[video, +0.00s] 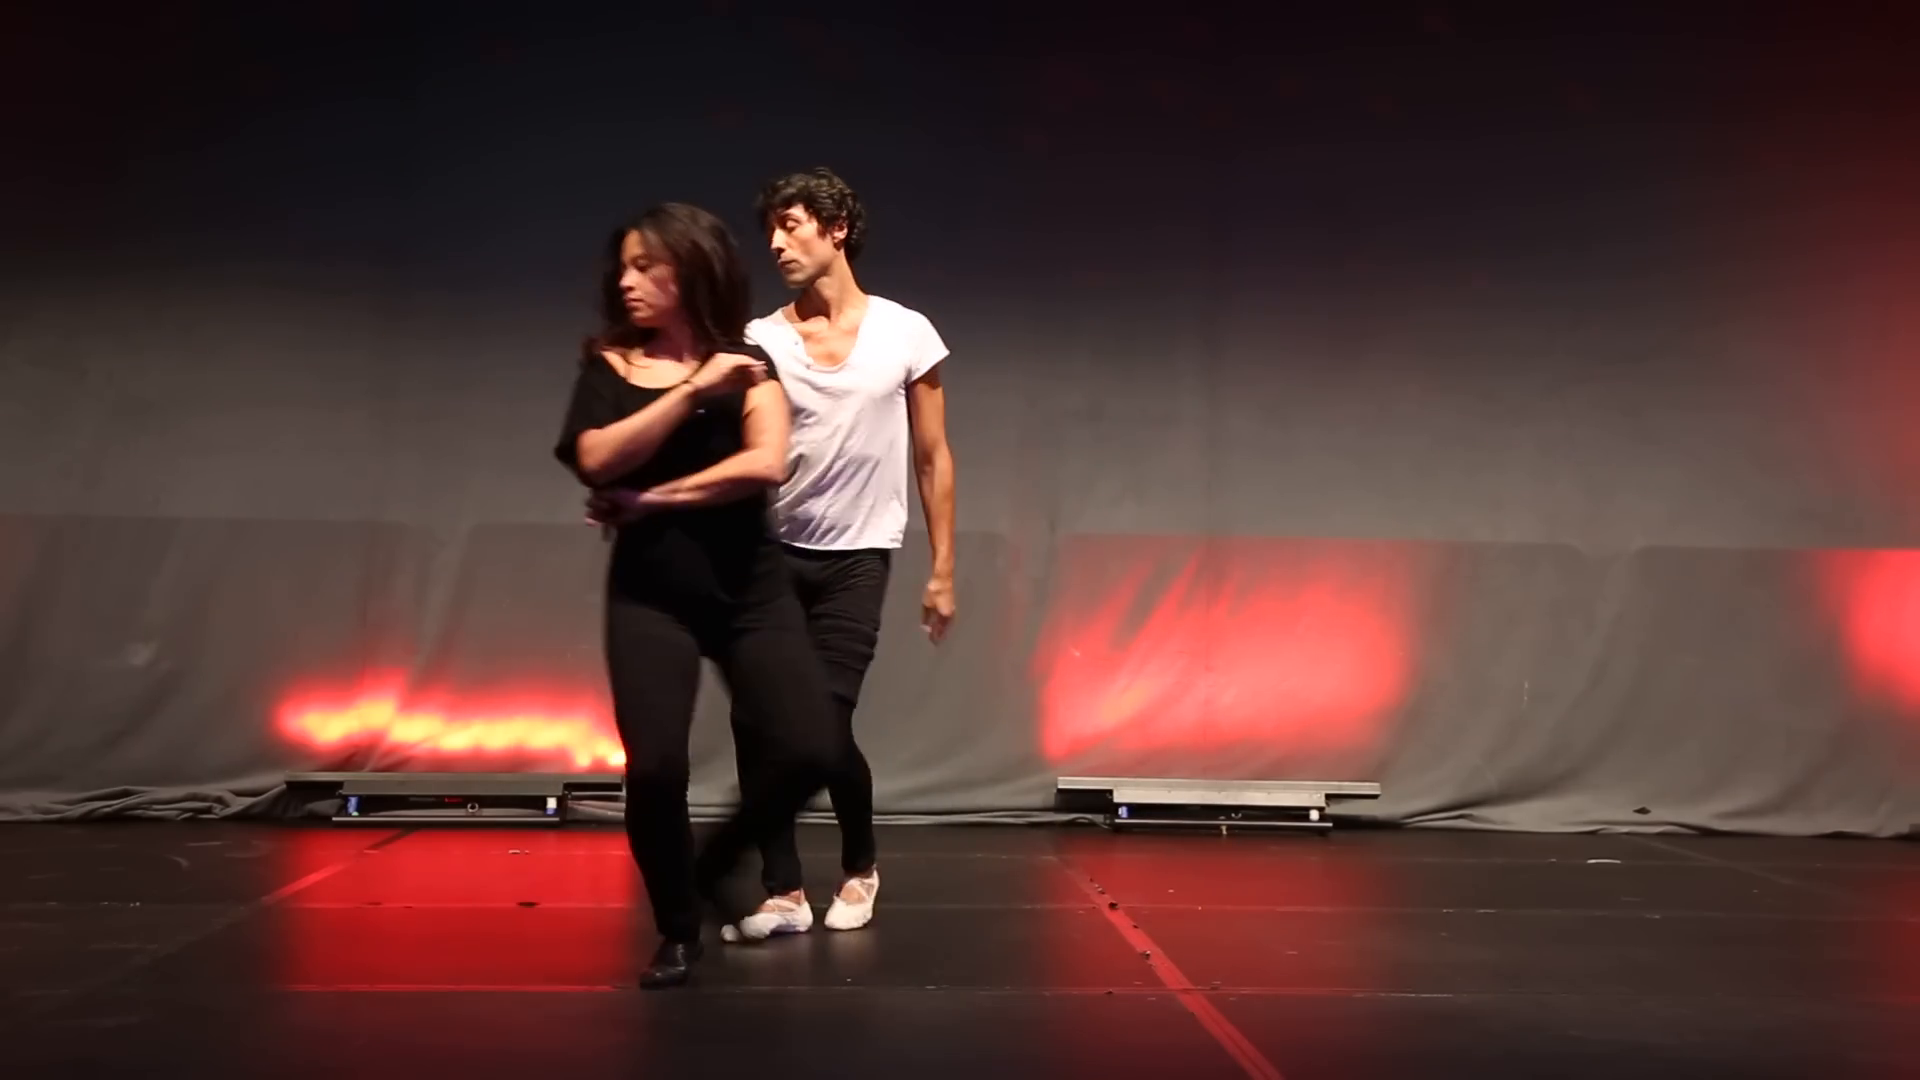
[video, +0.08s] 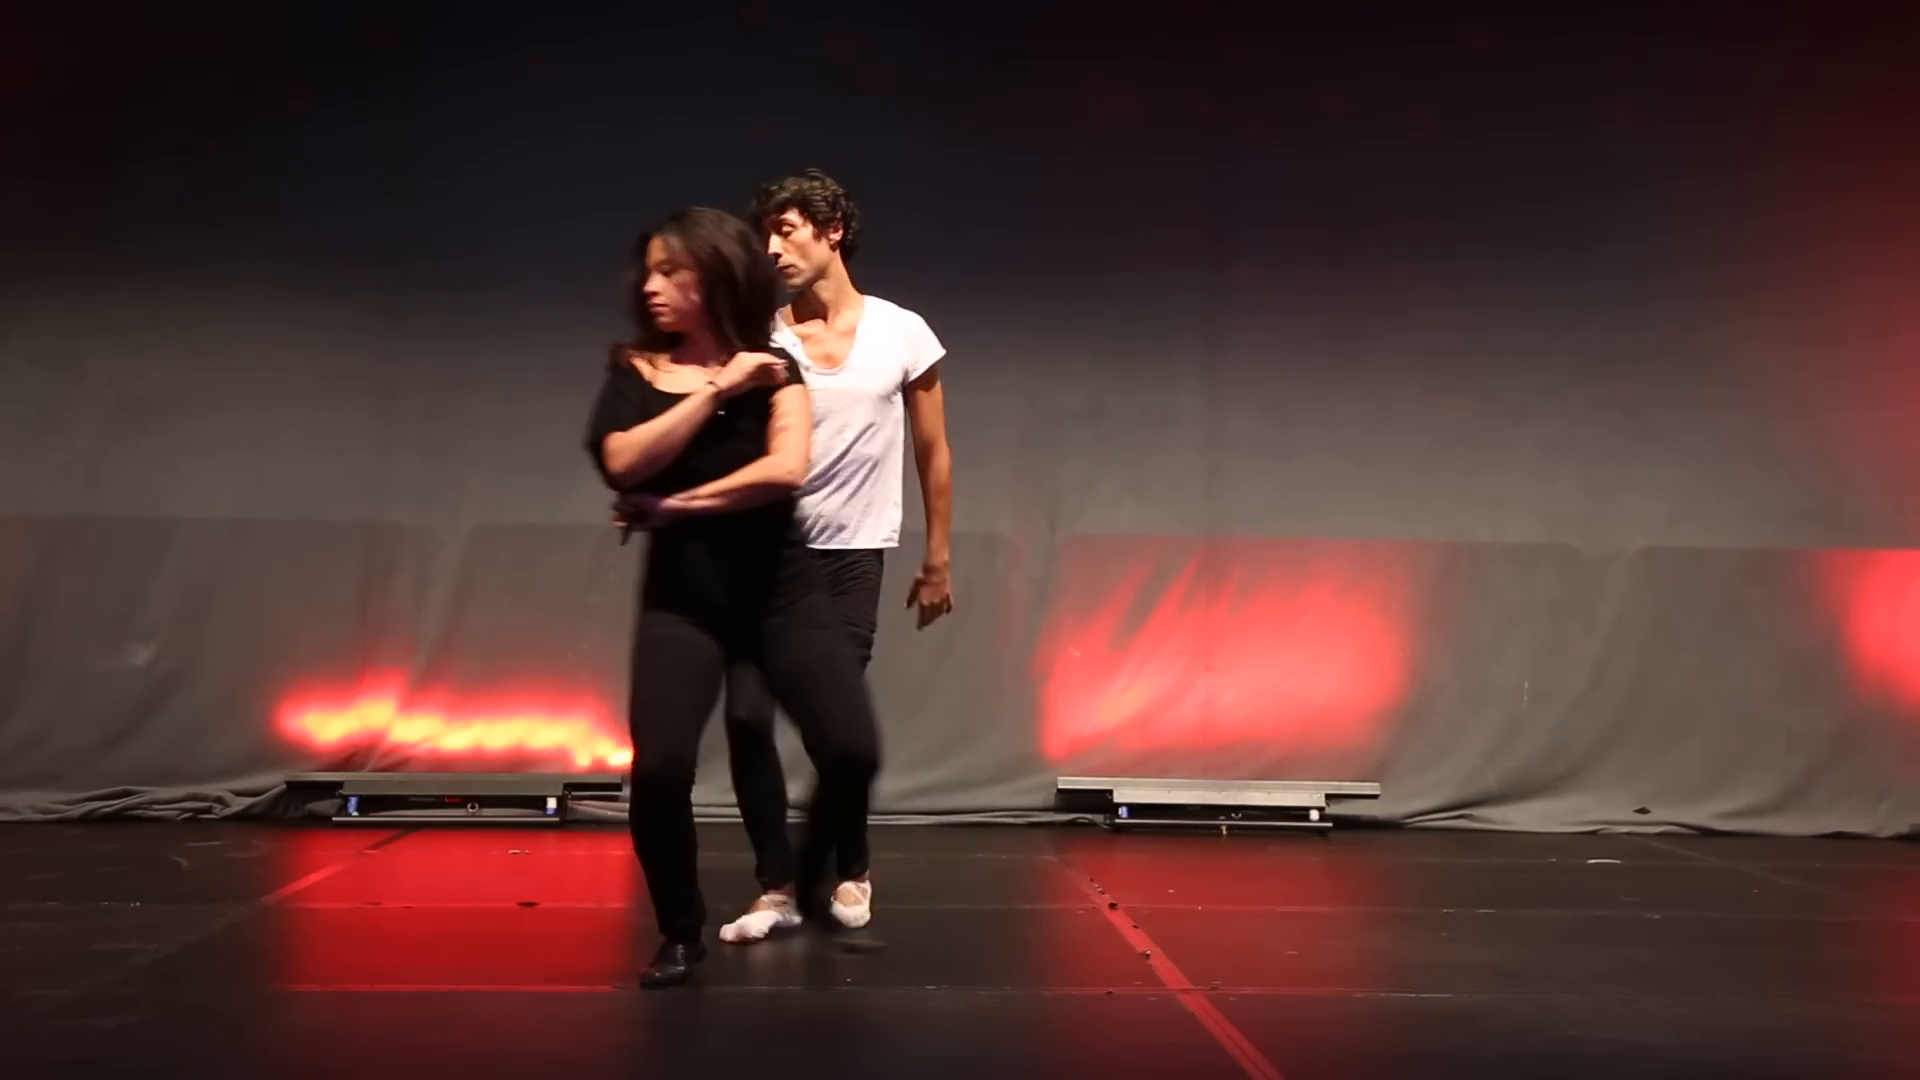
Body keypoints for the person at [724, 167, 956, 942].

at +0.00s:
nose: (778, 244)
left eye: (792, 228)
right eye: (773, 232)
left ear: (839, 232)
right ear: (777, 247)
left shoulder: (905, 332)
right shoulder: (761, 340)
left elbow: (934, 457)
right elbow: (736, 449)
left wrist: (942, 570)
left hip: (857, 560)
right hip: (772, 557)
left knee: (825, 727)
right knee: (761, 724)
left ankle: (859, 869)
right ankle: (783, 891)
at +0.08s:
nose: (774, 248)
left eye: (787, 232)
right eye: (769, 236)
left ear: (834, 234)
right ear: (770, 250)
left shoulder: (901, 332)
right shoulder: (763, 335)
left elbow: (934, 450)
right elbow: (727, 435)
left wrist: (938, 559)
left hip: (850, 554)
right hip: (761, 549)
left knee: (835, 720)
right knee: (747, 714)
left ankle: (851, 868)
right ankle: (777, 887)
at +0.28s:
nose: (757, 259)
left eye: (772, 243)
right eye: (749, 244)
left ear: (813, 246)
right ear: (737, 248)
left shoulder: (878, 332)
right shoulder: (725, 340)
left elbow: (912, 450)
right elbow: (714, 443)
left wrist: (913, 543)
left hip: (863, 550)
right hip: (767, 545)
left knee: (848, 724)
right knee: (707, 705)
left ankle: (850, 881)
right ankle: (764, 867)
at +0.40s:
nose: (727, 245)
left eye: (739, 228)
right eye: (721, 232)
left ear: (787, 225)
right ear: (725, 243)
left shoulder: (848, 315)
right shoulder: (710, 334)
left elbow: (882, 438)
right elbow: (706, 439)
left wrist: (794, 507)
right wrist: (716, 503)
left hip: (843, 555)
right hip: (765, 560)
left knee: (841, 723)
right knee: (722, 717)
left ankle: (854, 878)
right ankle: (781, 889)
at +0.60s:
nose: (703, 242)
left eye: (715, 225)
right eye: (699, 229)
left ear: (760, 222)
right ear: (723, 235)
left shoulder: (805, 302)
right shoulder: (729, 333)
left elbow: (849, 429)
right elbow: (713, 440)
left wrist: (875, 532)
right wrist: (711, 494)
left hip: (794, 538)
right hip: (748, 541)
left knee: (730, 714)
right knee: (724, 718)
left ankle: (847, 820)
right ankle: (782, 897)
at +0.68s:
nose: (696, 244)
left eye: (705, 227)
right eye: (692, 229)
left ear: (749, 219)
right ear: (738, 226)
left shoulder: (773, 292)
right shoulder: (760, 298)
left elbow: (818, 413)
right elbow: (767, 429)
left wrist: (856, 506)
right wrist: (711, 505)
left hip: (770, 533)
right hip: (771, 532)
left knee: (667, 692)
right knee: (729, 716)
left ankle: (819, 788)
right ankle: (781, 897)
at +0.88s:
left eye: (717, 226)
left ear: (713, 228)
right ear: (782, 228)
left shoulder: (689, 289)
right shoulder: (828, 316)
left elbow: (690, 395)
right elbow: (840, 459)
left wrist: (788, 447)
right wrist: (819, 543)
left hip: (726, 533)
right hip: (800, 538)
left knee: (656, 690)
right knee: (756, 709)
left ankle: (781, 801)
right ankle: (778, 904)